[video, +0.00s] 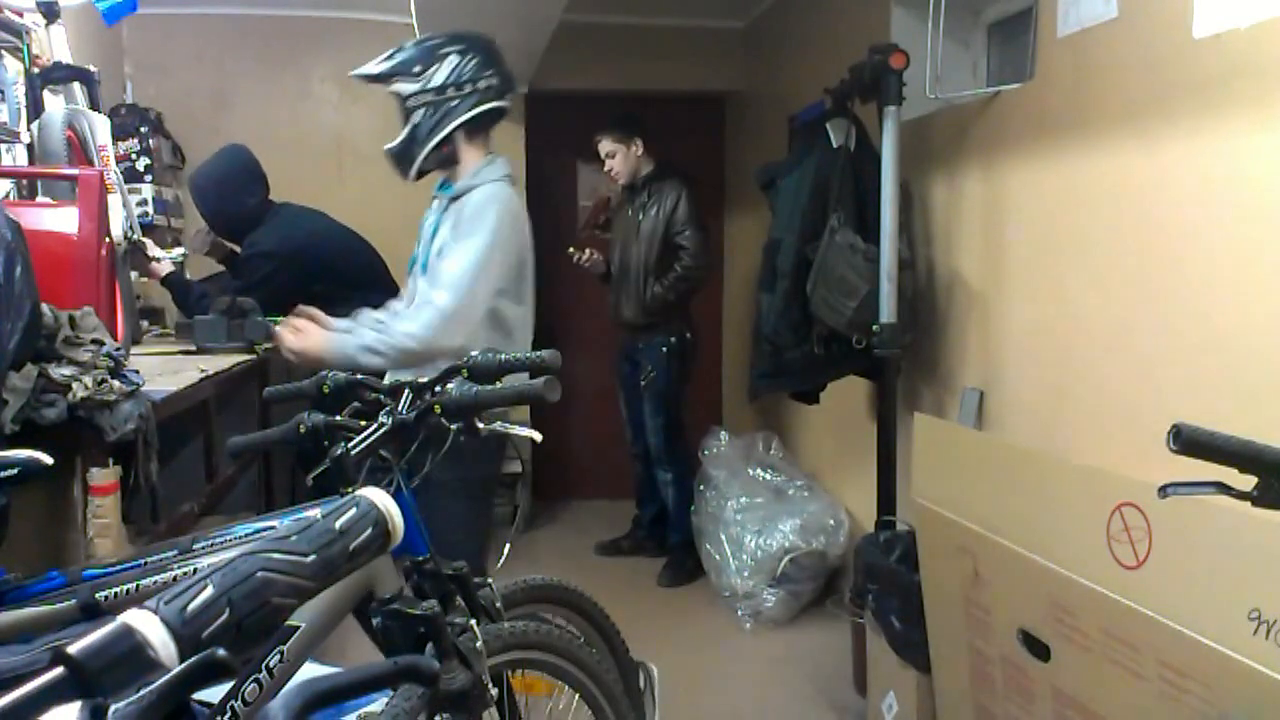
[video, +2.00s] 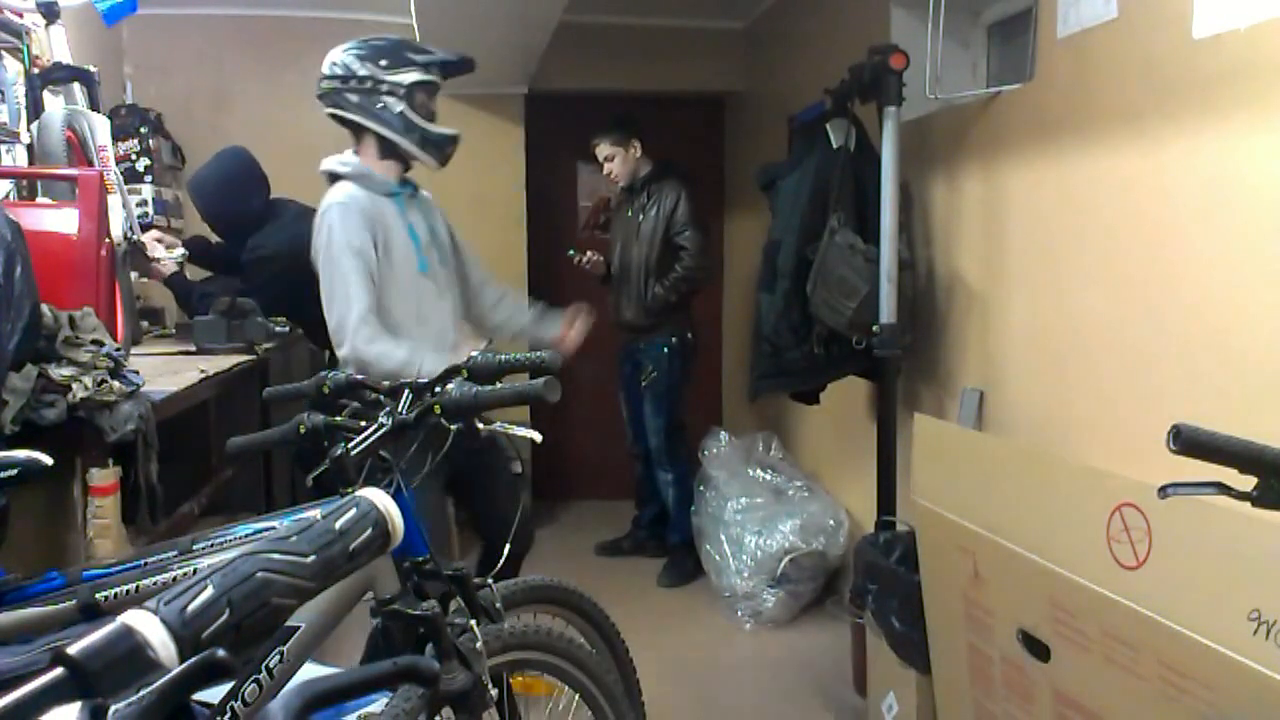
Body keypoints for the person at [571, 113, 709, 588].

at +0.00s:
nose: (607, 167)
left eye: (611, 156)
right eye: (603, 160)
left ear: (638, 148)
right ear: (613, 160)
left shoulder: (672, 192)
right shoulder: (625, 204)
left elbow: (694, 262)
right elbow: (625, 267)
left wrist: (654, 298)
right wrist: (602, 265)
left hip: (664, 335)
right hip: (632, 334)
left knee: (664, 442)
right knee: (640, 442)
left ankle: (683, 545)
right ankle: (649, 530)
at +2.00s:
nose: (607, 170)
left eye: (610, 159)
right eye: (602, 163)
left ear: (636, 149)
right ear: (610, 163)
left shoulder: (671, 193)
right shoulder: (626, 204)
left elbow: (694, 262)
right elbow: (627, 266)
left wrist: (655, 297)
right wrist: (605, 268)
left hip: (665, 334)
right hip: (632, 333)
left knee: (663, 441)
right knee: (640, 441)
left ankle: (684, 545)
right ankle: (650, 530)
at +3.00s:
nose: (605, 171)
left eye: (609, 160)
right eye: (600, 164)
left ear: (633, 151)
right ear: (605, 164)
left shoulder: (670, 194)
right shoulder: (619, 204)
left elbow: (692, 258)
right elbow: (616, 265)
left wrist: (653, 306)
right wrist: (608, 305)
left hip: (663, 330)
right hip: (624, 329)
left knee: (663, 428)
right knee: (630, 429)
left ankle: (684, 540)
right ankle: (644, 525)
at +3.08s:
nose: (592, 152)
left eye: (594, 140)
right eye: (580, 138)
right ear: (550, 140)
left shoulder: (527, 215)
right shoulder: (565, 211)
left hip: (559, 423)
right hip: (593, 426)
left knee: (592, 539)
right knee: (696, 545)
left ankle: (512, 617)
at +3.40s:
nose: (626, 106)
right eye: (616, 99)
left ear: (558, 119)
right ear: (587, 108)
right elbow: (659, 293)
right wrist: (772, 304)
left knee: (659, 521)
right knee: (722, 558)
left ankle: (577, 624)